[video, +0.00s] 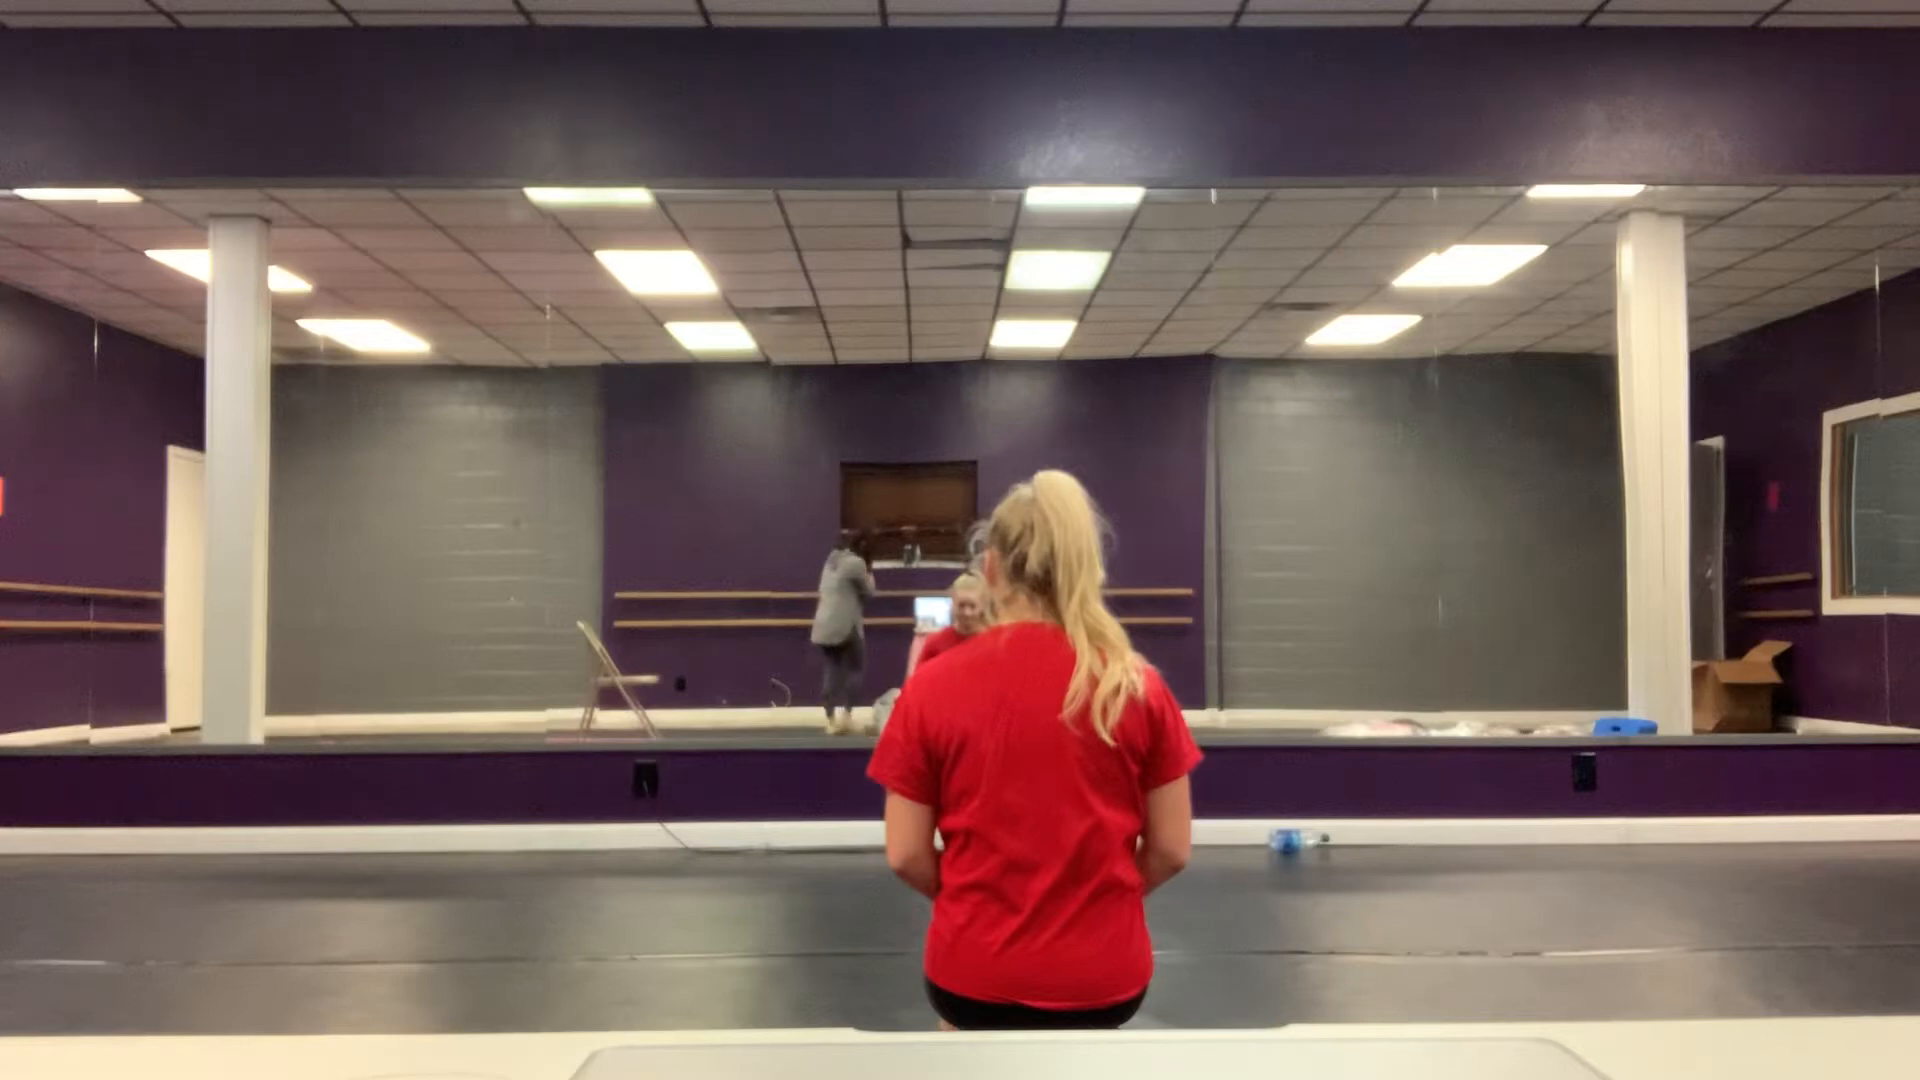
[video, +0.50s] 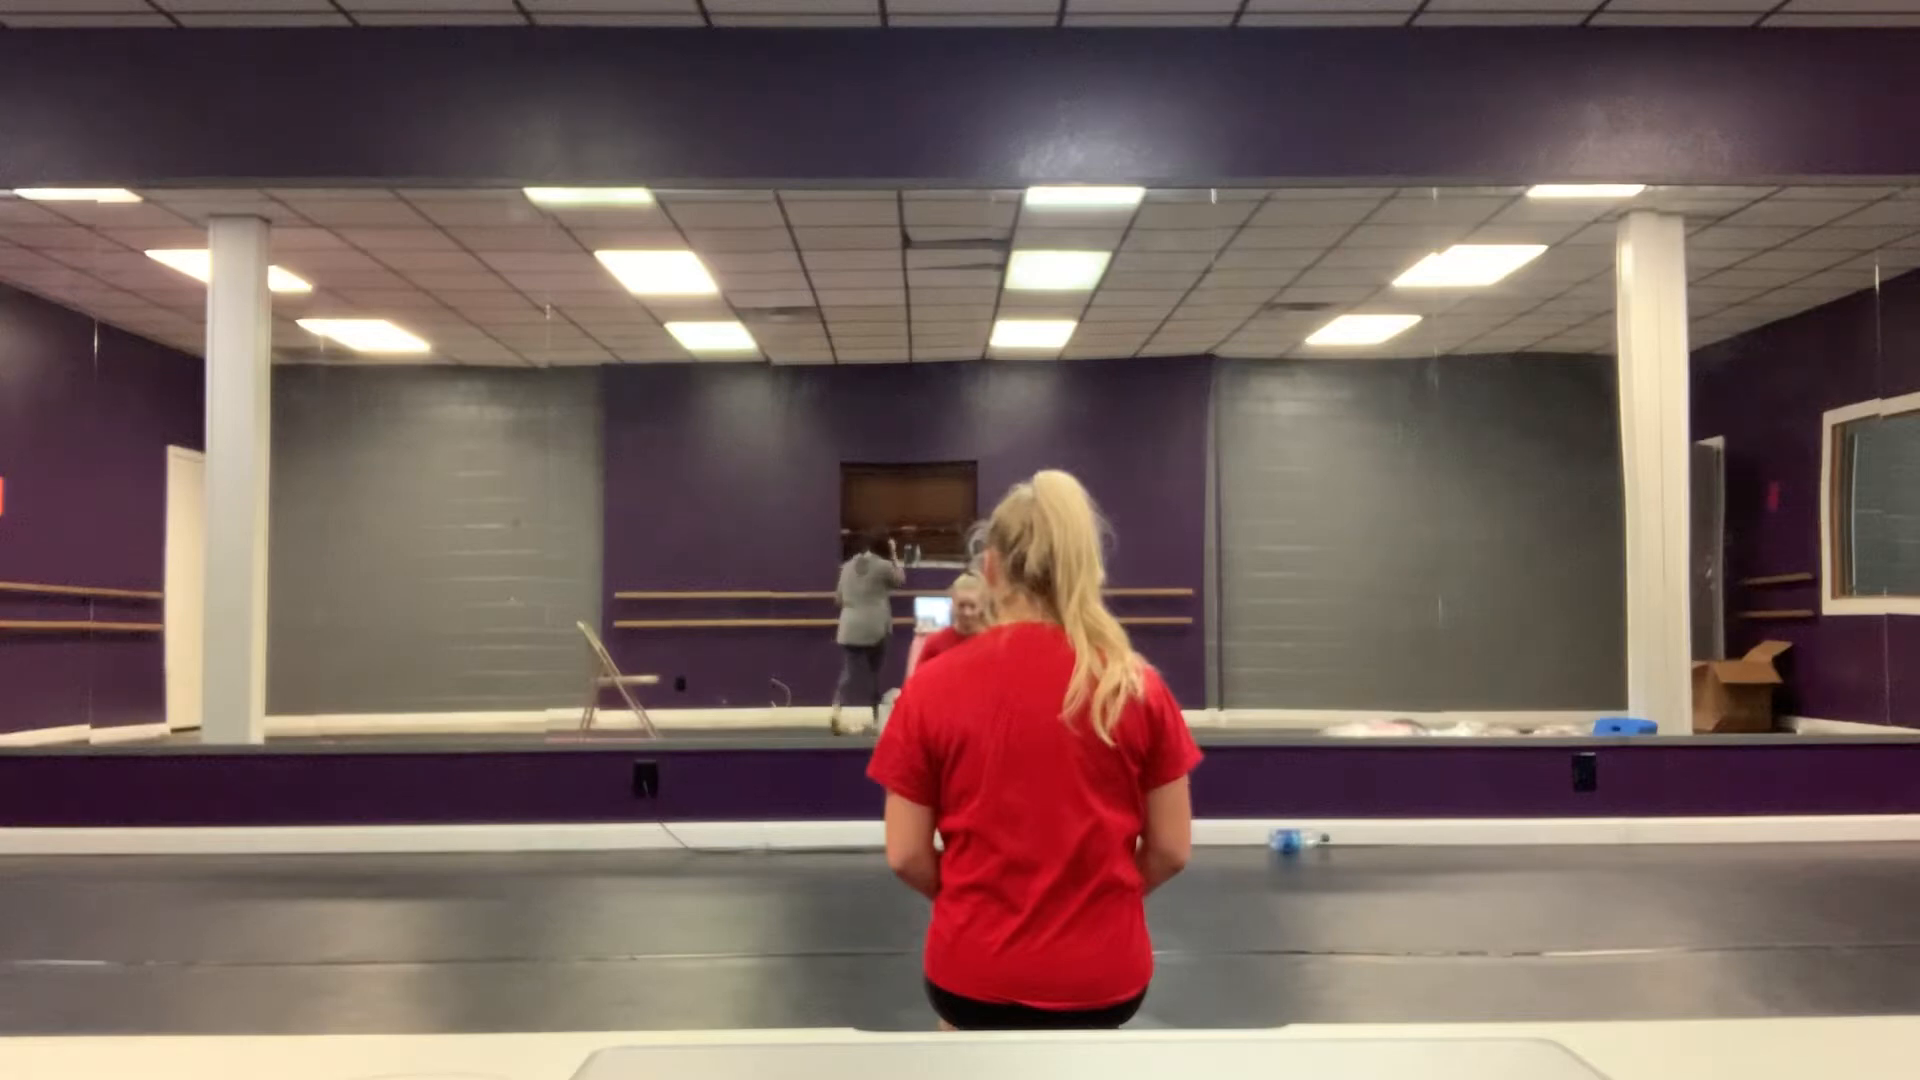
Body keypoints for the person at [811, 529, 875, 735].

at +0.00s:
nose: (866, 548)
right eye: (864, 544)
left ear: (840, 541)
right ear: (858, 545)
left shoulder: (830, 560)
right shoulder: (855, 563)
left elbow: (827, 588)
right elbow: (869, 590)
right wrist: (870, 576)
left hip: (823, 625)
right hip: (846, 625)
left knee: (832, 668)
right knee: (855, 668)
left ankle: (831, 719)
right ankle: (847, 715)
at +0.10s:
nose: (867, 547)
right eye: (865, 544)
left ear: (842, 541)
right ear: (860, 545)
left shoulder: (830, 561)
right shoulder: (859, 563)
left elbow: (821, 590)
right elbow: (873, 590)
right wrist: (872, 573)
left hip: (826, 623)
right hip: (851, 625)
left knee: (832, 669)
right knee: (859, 668)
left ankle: (831, 719)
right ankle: (856, 716)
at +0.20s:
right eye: (867, 542)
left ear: (840, 543)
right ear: (859, 544)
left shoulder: (830, 565)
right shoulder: (863, 564)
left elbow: (822, 594)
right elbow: (878, 589)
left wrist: (832, 608)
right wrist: (877, 571)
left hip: (830, 621)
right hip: (857, 623)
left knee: (834, 669)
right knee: (864, 671)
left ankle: (831, 718)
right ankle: (868, 717)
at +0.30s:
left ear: (844, 545)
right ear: (862, 545)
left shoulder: (834, 566)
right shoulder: (868, 565)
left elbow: (826, 593)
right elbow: (884, 584)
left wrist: (834, 609)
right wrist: (883, 565)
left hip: (836, 622)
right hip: (862, 623)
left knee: (837, 669)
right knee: (868, 671)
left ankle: (832, 715)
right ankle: (876, 715)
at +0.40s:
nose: (882, 547)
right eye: (880, 544)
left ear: (856, 543)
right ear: (875, 546)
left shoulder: (841, 566)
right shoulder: (875, 566)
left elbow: (832, 596)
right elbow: (892, 581)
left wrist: (845, 607)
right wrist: (888, 559)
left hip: (842, 622)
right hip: (869, 622)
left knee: (840, 670)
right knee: (870, 674)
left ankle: (834, 716)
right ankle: (875, 719)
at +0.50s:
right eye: (885, 545)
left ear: (861, 545)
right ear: (880, 547)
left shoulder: (847, 567)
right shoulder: (881, 565)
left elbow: (839, 597)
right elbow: (900, 578)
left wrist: (854, 601)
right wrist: (894, 555)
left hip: (850, 620)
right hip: (876, 620)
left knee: (849, 668)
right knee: (873, 670)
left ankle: (838, 703)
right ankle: (873, 713)